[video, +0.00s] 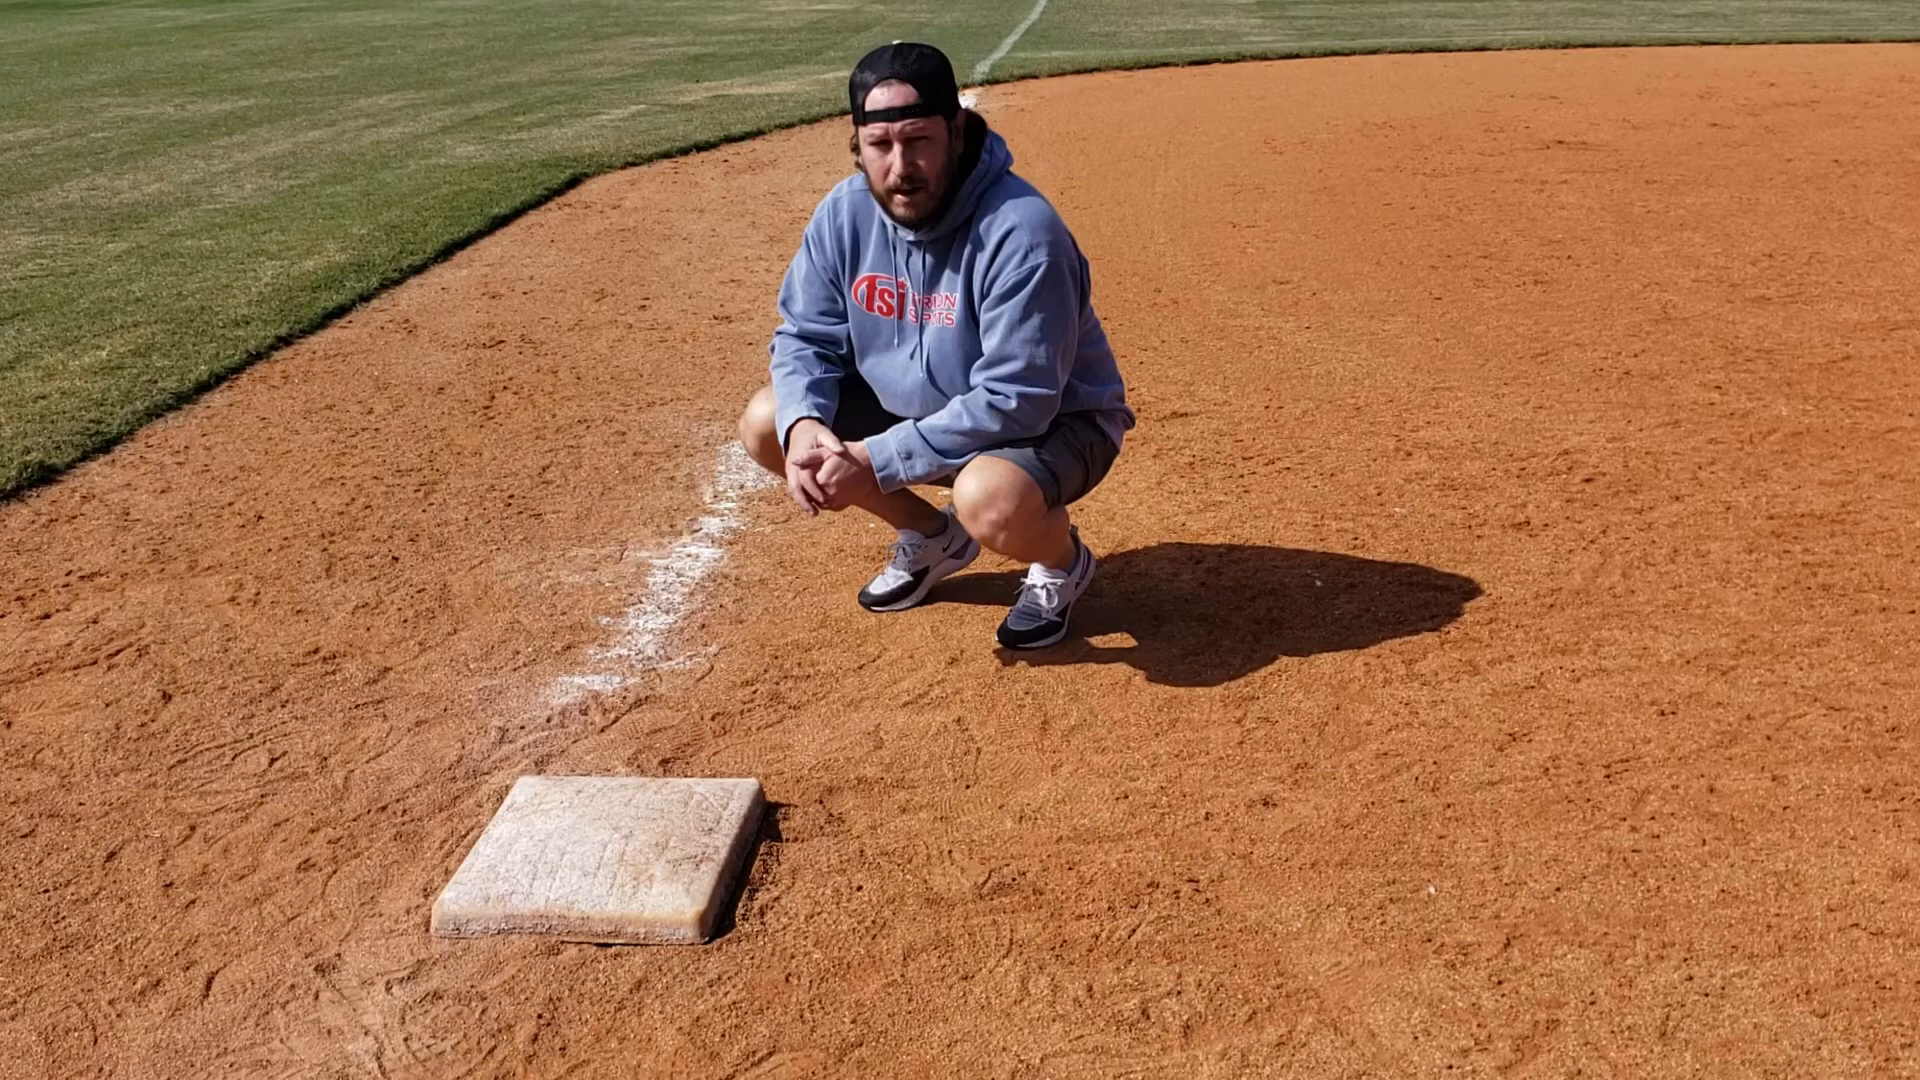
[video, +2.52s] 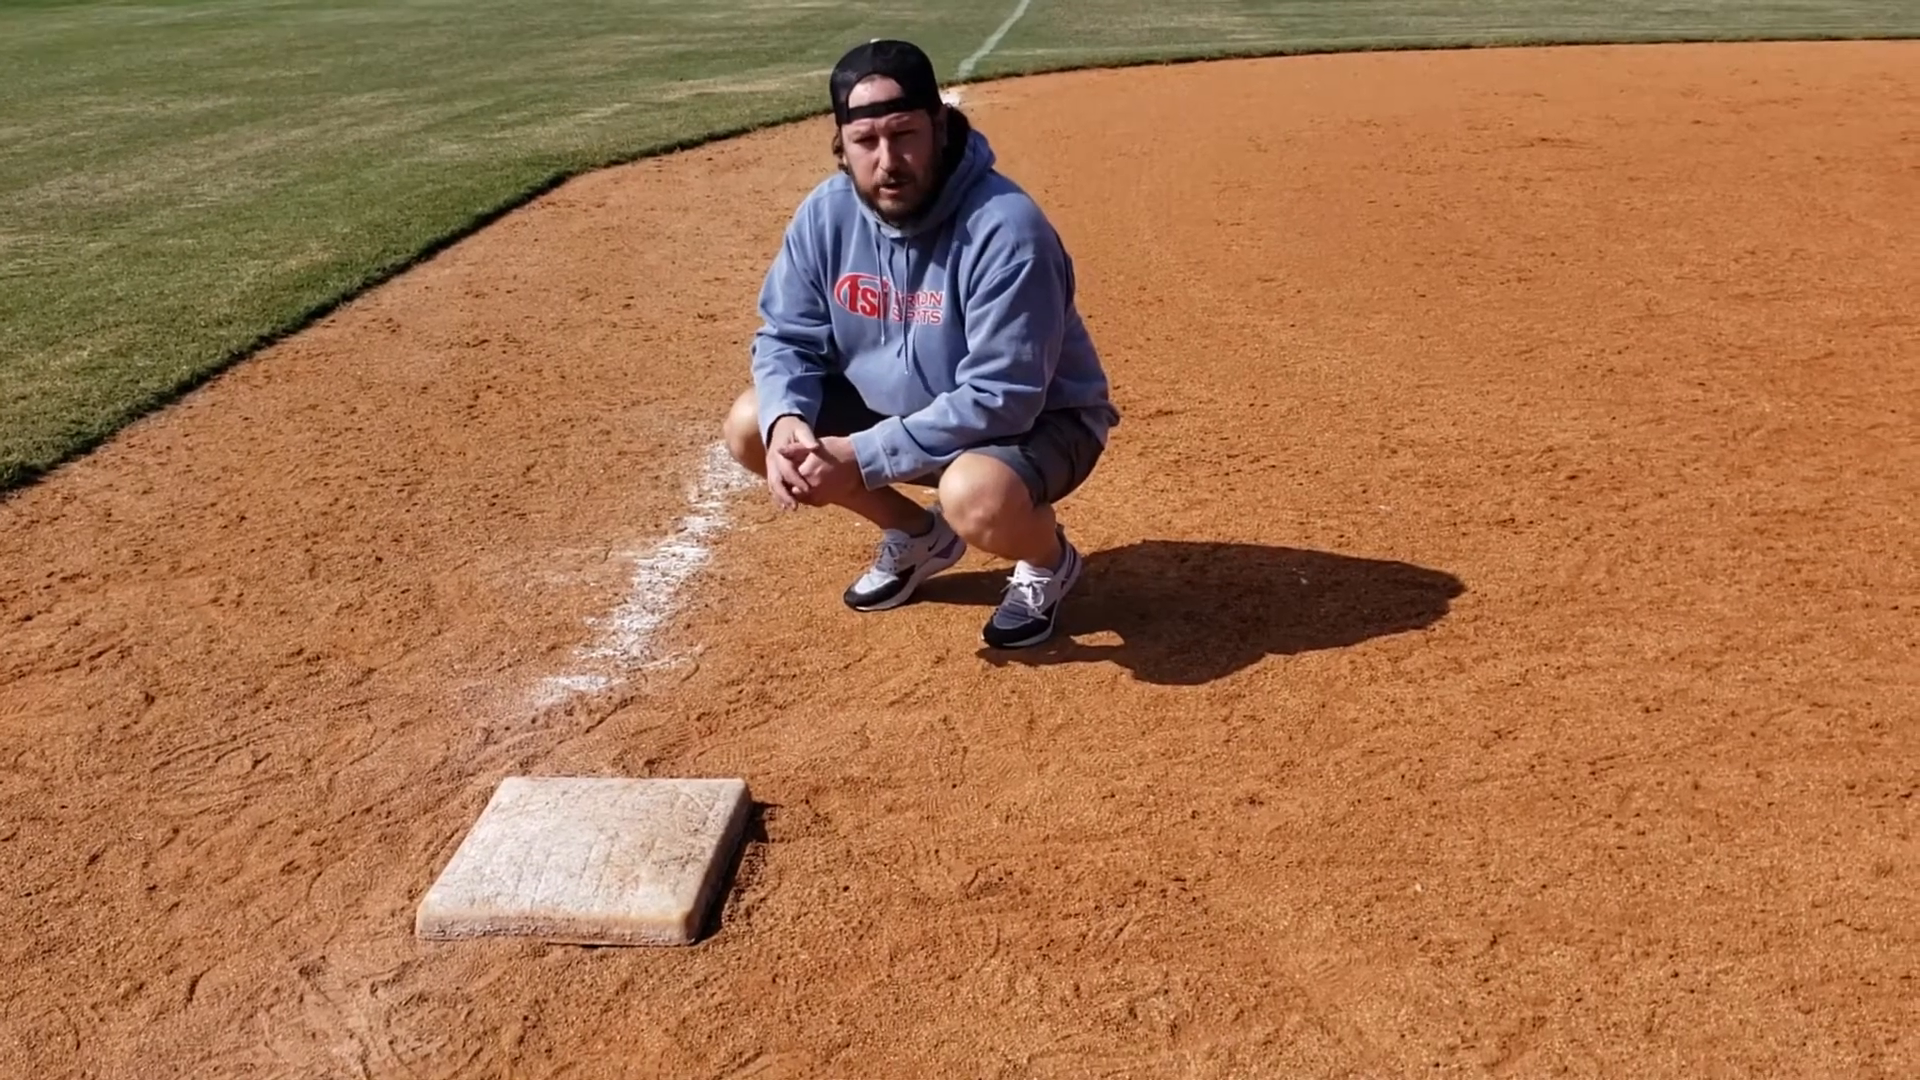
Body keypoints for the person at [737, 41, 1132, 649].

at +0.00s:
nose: (899, 169)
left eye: (918, 140)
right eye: (879, 144)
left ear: (958, 130)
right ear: (857, 146)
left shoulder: (1022, 236)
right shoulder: (844, 213)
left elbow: (1015, 403)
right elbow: (804, 335)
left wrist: (876, 461)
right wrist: (806, 424)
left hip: (1059, 419)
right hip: (923, 408)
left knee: (988, 499)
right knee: (769, 424)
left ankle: (1065, 564)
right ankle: (931, 535)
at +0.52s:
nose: (896, 170)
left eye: (914, 142)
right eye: (875, 148)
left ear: (951, 130)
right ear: (851, 150)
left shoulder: (1015, 237)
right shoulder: (836, 216)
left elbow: (1008, 404)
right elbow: (797, 337)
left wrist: (870, 462)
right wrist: (799, 426)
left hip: (1054, 419)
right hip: (918, 408)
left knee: (982, 500)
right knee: (764, 427)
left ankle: (1060, 563)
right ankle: (927, 535)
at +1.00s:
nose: (897, 169)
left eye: (914, 141)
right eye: (875, 146)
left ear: (951, 129)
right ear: (851, 149)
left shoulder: (1016, 237)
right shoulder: (836, 213)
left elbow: (1008, 404)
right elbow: (796, 335)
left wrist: (869, 461)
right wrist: (799, 425)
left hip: (1053, 419)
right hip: (916, 408)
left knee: (981, 499)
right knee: (763, 426)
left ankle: (1059, 562)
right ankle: (926, 535)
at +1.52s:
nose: (896, 162)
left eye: (912, 134)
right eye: (873, 140)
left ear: (949, 125)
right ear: (849, 146)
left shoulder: (1014, 234)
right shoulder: (834, 213)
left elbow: (1008, 401)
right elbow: (793, 336)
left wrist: (871, 459)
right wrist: (796, 422)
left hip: (1049, 418)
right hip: (910, 408)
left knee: (980, 496)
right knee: (759, 425)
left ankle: (1055, 562)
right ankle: (923, 534)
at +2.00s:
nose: (889, 164)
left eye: (906, 136)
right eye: (867, 142)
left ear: (943, 126)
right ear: (843, 147)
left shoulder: (1009, 234)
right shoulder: (829, 214)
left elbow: (1002, 402)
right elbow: (789, 335)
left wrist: (861, 457)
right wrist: (790, 422)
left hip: (1045, 419)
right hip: (909, 410)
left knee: (975, 496)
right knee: (755, 425)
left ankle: (1053, 561)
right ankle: (920, 534)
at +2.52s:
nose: (888, 162)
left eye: (904, 134)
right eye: (865, 141)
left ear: (940, 126)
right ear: (841, 147)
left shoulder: (1007, 234)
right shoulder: (827, 214)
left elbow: (1000, 401)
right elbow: (786, 335)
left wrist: (859, 456)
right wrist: (788, 421)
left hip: (1042, 419)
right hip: (905, 410)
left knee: (974, 496)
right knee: (753, 425)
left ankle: (1050, 561)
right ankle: (917, 533)